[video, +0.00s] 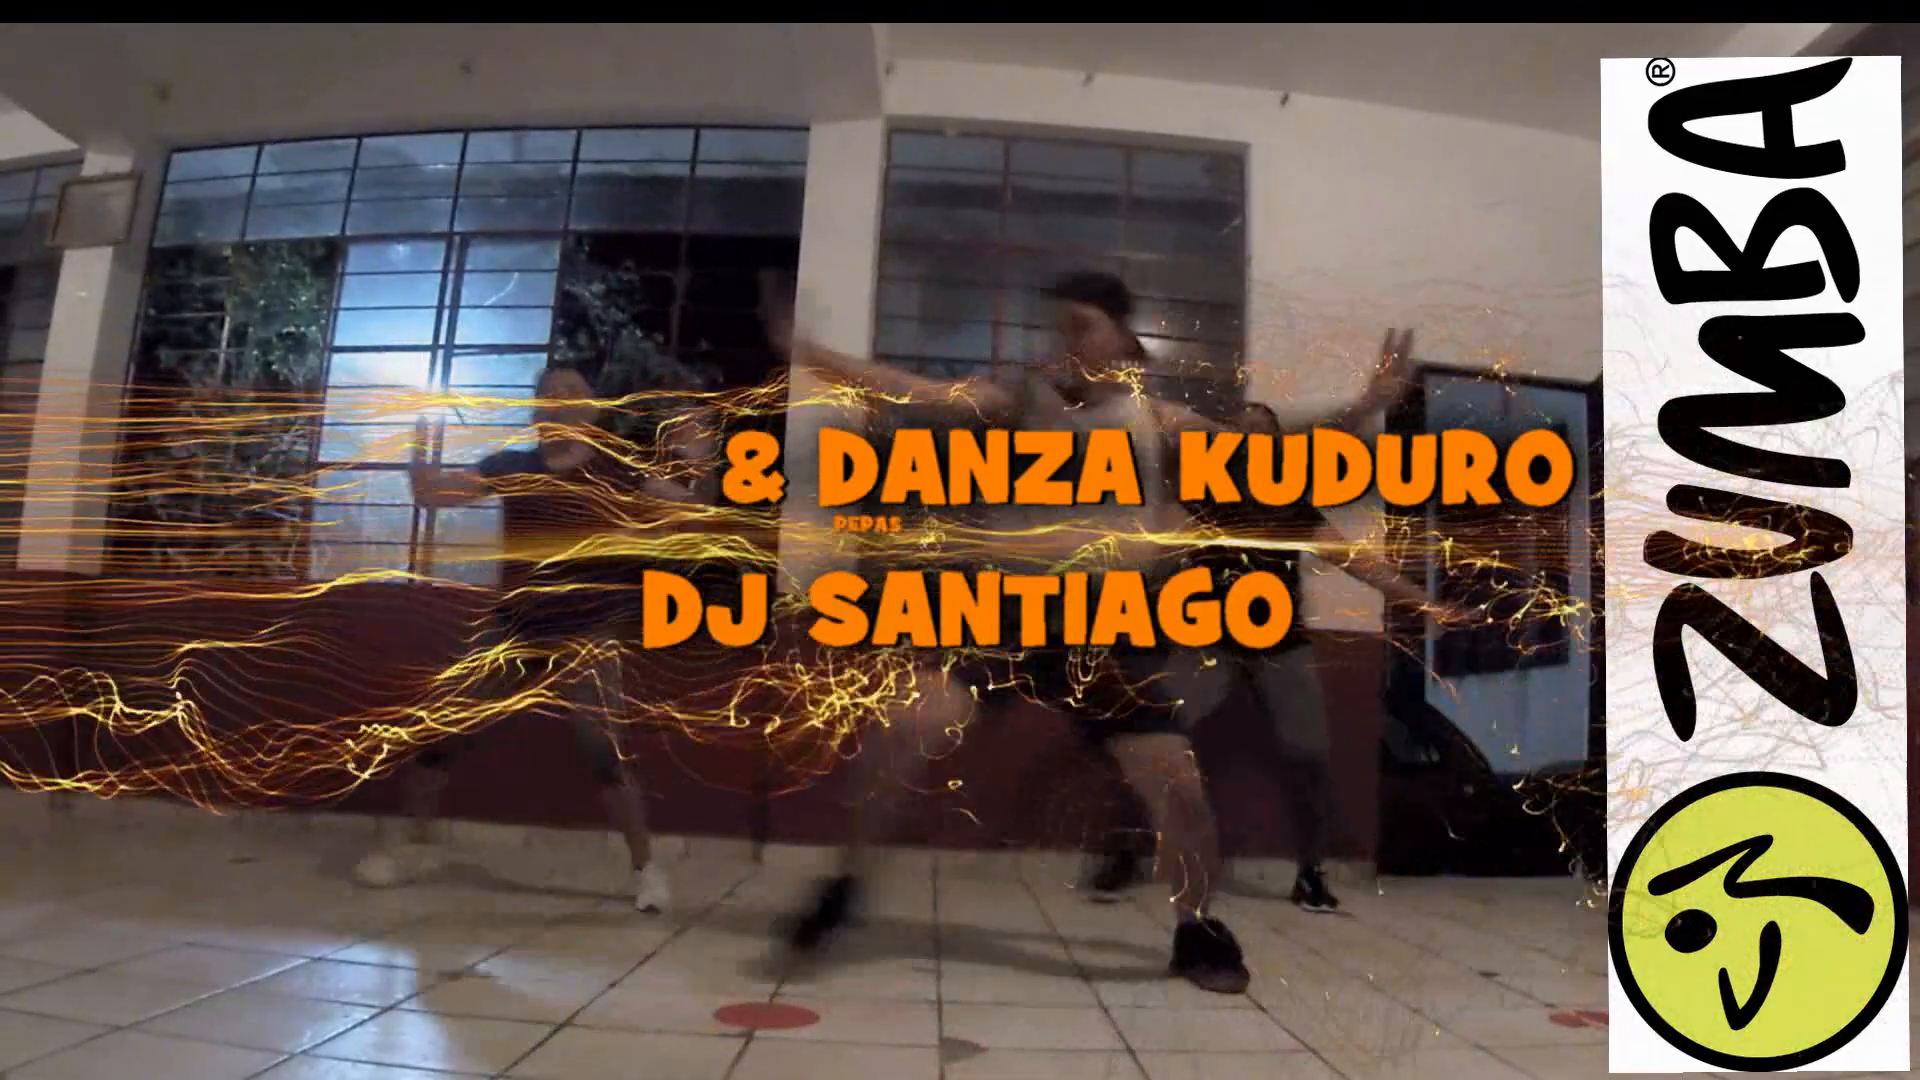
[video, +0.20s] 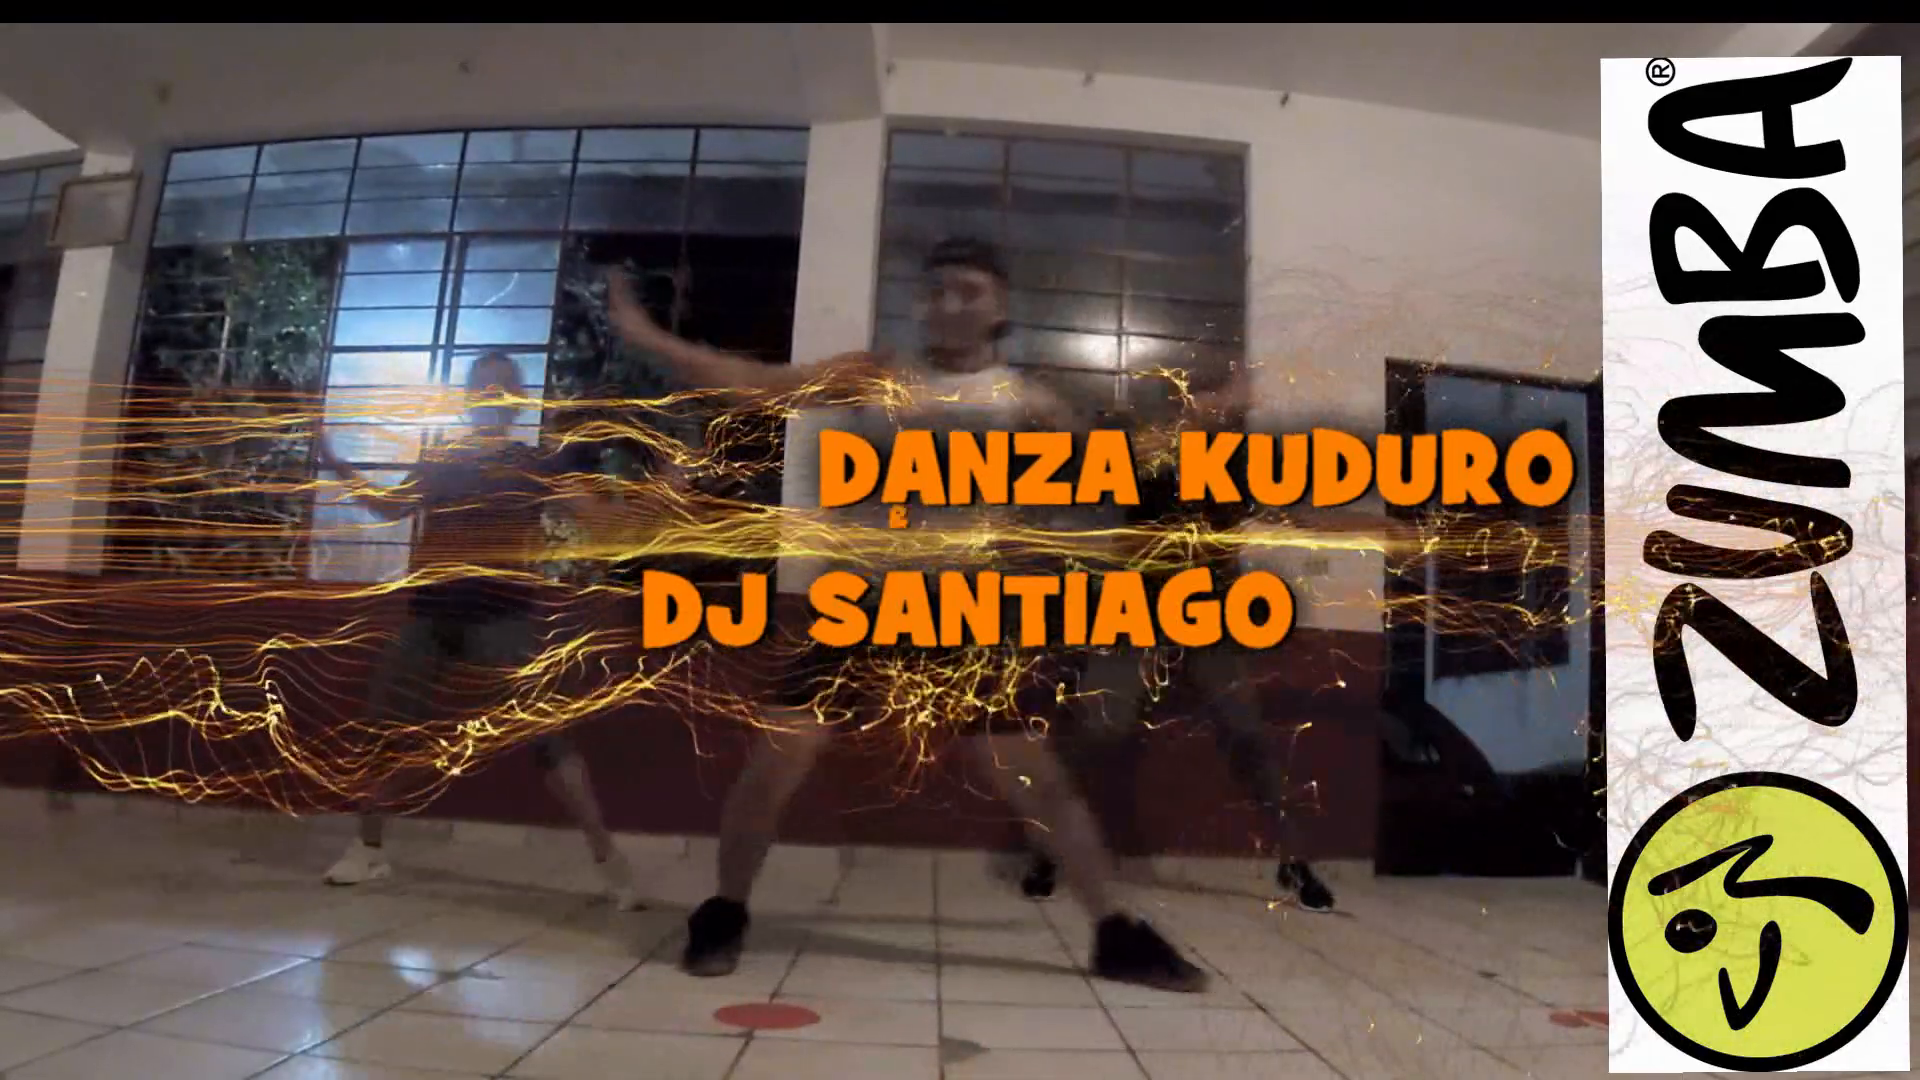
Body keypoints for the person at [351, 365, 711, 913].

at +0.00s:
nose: (559, 418)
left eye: (571, 407)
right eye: (550, 407)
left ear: (594, 414)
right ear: (538, 412)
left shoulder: (622, 473)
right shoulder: (516, 467)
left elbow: (688, 509)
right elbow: (435, 491)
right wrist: (423, 463)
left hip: (592, 630)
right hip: (517, 624)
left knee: (601, 745)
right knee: (442, 726)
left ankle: (646, 866)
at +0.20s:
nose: (489, 401)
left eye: (500, 392)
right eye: (481, 391)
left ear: (517, 400)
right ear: (466, 396)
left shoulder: (532, 462)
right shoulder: (442, 456)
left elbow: (596, 512)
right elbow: (391, 506)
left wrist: (657, 495)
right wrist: (335, 462)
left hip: (505, 609)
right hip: (432, 607)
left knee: (547, 730)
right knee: (388, 714)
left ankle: (607, 858)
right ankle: (369, 848)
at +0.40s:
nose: (455, 398)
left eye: (466, 390)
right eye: (445, 388)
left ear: (479, 400)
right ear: (424, 397)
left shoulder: (494, 464)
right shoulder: (394, 461)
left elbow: (549, 510)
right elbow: (327, 504)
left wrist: (559, 468)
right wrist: (303, 473)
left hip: (463, 605)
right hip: (399, 603)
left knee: (462, 713)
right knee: (372, 716)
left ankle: (475, 832)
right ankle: (364, 844)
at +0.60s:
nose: (442, 387)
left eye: (454, 381)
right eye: (433, 378)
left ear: (471, 395)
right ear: (416, 387)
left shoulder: (486, 445)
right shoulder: (391, 438)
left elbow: (478, 485)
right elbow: (342, 496)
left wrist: (426, 436)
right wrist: (363, 476)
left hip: (457, 594)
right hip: (395, 589)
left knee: (428, 708)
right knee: (374, 704)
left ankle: (398, 833)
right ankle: (364, 839)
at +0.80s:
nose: (455, 423)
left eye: (465, 415)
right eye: (447, 412)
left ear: (478, 426)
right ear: (431, 417)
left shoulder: (492, 479)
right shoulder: (399, 479)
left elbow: (494, 528)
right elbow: (339, 518)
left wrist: (450, 479)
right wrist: (366, 461)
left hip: (467, 622)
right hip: (403, 620)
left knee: (462, 727)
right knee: (356, 725)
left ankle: (476, 828)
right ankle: (368, 850)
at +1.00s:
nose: (507, 402)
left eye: (516, 393)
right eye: (498, 392)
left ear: (531, 399)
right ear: (479, 399)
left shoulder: (549, 454)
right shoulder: (456, 462)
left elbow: (610, 489)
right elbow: (380, 489)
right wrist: (347, 448)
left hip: (533, 603)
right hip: (463, 603)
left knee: (569, 715)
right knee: (416, 718)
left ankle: (631, 840)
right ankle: (372, 840)